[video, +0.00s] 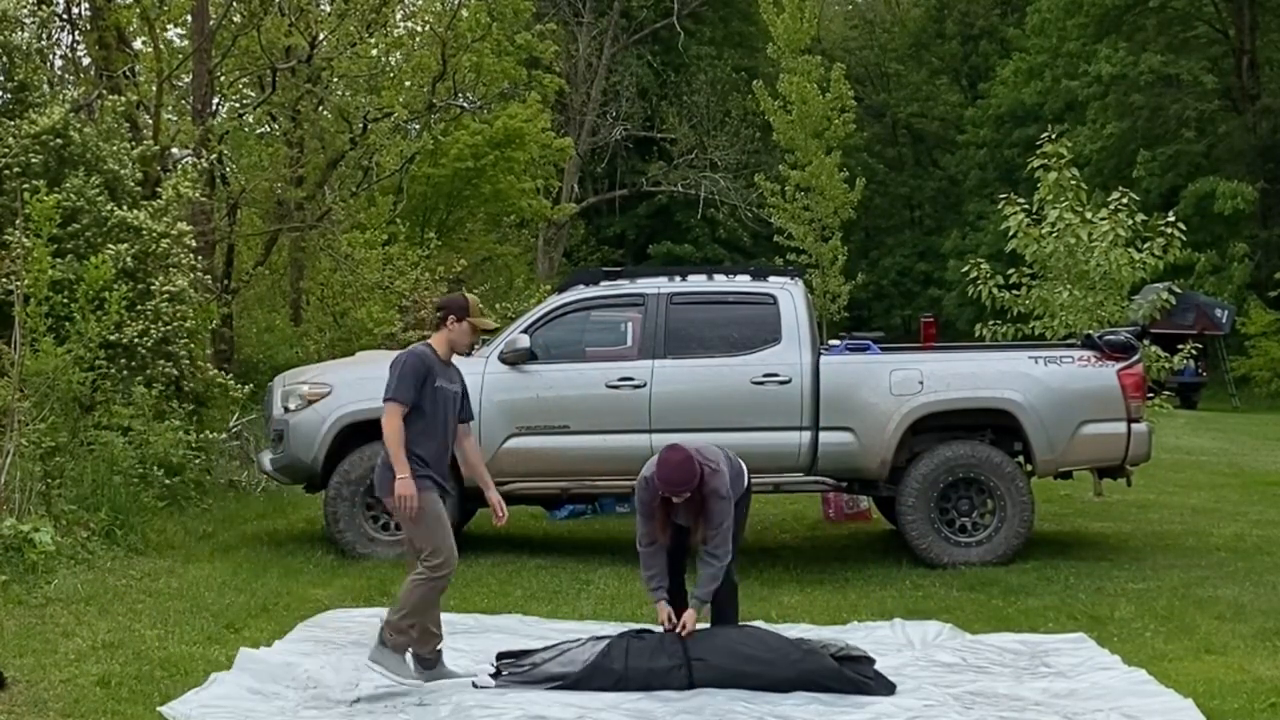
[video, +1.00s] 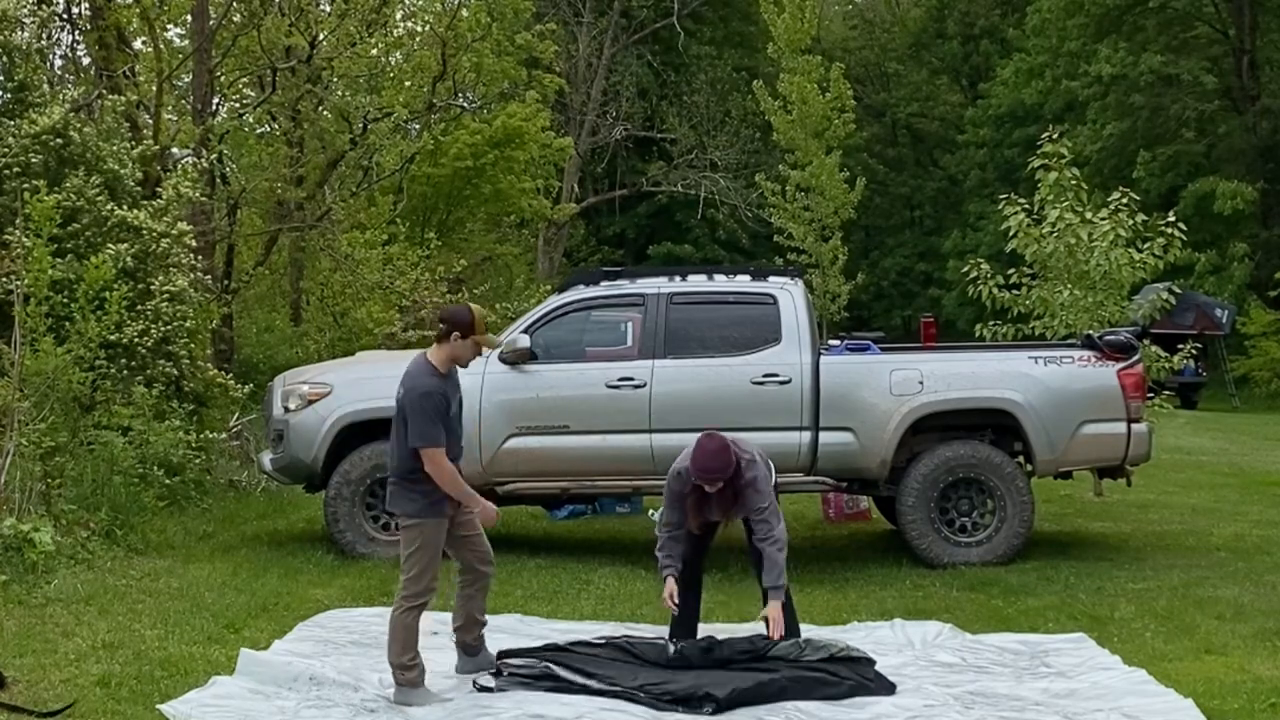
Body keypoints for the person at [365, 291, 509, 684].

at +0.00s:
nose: (475, 339)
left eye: (477, 332)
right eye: (472, 330)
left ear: (457, 325)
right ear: (451, 323)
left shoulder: (455, 376)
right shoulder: (415, 360)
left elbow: (464, 439)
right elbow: (390, 419)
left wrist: (489, 489)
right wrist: (402, 473)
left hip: (432, 482)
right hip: (407, 479)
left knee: (431, 566)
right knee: (441, 560)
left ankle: (427, 656)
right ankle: (389, 645)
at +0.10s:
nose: (473, 337)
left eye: (474, 330)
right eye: (469, 328)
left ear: (449, 324)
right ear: (448, 323)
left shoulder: (444, 369)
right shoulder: (420, 364)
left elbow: (461, 440)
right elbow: (422, 429)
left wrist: (482, 485)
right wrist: (463, 478)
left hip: (442, 496)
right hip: (425, 496)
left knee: (430, 582)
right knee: (426, 583)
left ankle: (429, 664)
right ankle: (411, 678)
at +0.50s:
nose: (439, 343)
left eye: (446, 337)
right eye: (433, 334)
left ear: (455, 335)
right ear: (418, 328)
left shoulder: (447, 367)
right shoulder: (407, 375)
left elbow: (448, 427)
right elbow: (417, 444)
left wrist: (464, 463)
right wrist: (470, 458)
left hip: (448, 496)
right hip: (416, 500)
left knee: (441, 584)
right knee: (414, 587)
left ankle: (429, 663)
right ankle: (407, 678)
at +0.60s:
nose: (414, 340)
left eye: (423, 334)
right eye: (409, 332)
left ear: (441, 333)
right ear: (403, 329)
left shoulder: (457, 368)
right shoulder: (390, 374)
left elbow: (470, 423)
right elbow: (346, 416)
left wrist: (483, 475)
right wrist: (353, 451)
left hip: (449, 493)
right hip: (407, 493)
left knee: (443, 583)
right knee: (413, 587)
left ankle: (430, 662)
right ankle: (407, 679)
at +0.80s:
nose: (432, 350)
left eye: (435, 343)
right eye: (425, 344)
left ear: (439, 337)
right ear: (404, 337)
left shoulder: (444, 364)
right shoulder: (377, 382)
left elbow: (462, 418)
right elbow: (346, 439)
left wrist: (476, 469)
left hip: (445, 493)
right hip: (404, 499)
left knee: (445, 584)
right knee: (407, 590)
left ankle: (429, 662)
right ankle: (404, 682)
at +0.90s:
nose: (452, 350)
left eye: (453, 343)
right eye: (448, 343)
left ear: (428, 340)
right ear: (425, 340)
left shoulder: (436, 368)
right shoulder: (392, 393)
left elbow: (445, 422)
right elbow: (403, 465)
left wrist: (465, 462)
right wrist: (434, 520)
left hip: (445, 493)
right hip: (408, 505)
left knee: (470, 567)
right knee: (408, 592)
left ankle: (438, 649)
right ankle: (405, 682)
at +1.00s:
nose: (478, 352)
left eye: (479, 345)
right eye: (475, 345)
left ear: (454, 338)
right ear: (454, 339)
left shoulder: (444, 372)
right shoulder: (423, 387)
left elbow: (445, 447)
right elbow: (434, 462)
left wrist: (460, 493)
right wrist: (476, 500)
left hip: (449, 496)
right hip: (420, 503)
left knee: (479, 565)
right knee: (415, 593)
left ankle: (471, 653)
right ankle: (407, 683)